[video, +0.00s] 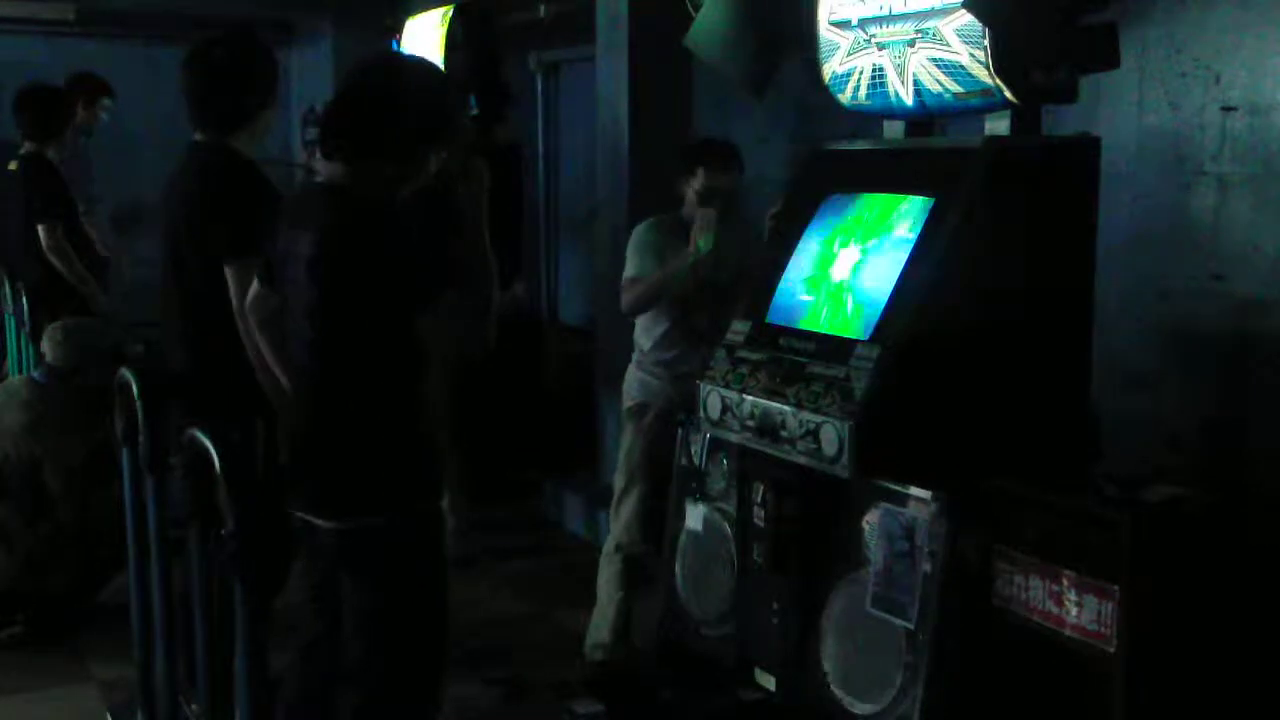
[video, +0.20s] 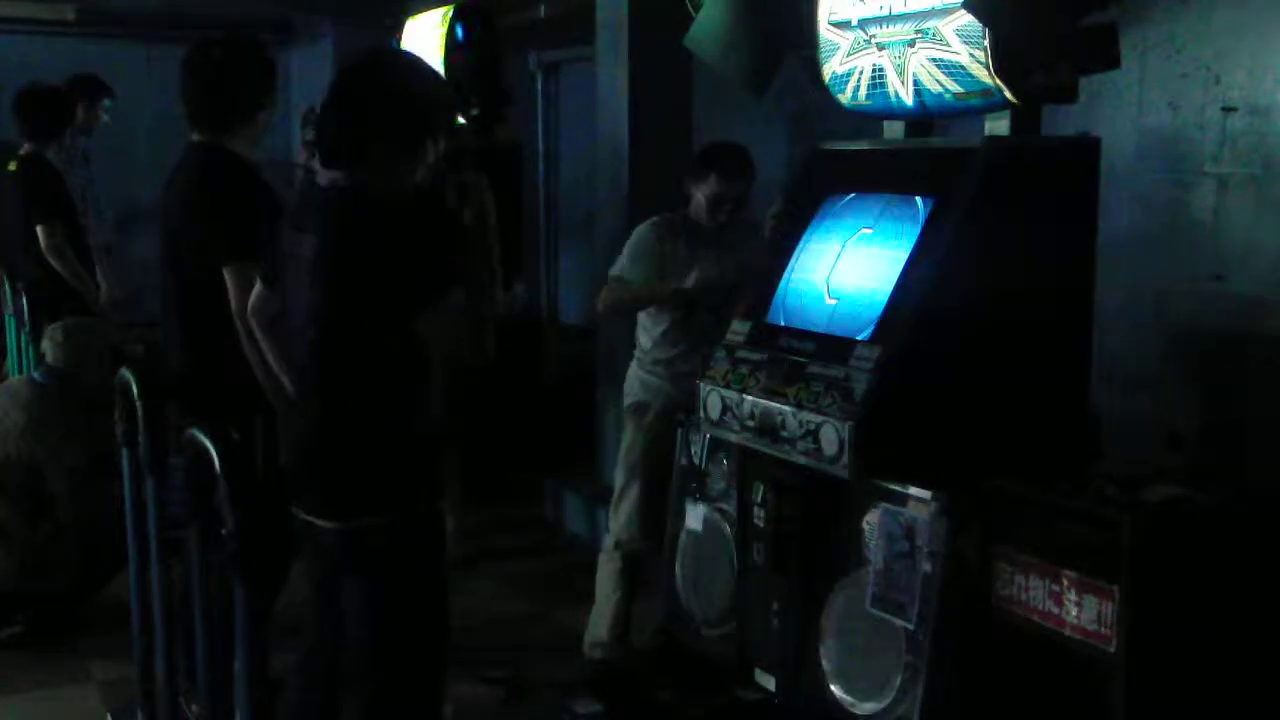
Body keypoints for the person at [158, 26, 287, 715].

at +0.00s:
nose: (277, 104)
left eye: (274, 91)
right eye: (271, 91)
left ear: (195, 97)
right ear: (261, 99)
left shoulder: (188, 172)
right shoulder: (241, 179)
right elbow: (248, 303)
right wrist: (288, 389)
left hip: (197, 380)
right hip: (238, 391)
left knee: (209, 532)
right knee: (254, 538)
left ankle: (206, 675)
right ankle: (245, 679)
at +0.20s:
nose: (275, 109)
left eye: (273, 96)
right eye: (270, 97)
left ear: (193, 100)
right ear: (258, 105)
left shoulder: (187, 173)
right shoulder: (236, 180)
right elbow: (246, 303)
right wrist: (289, 391)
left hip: (195, 382)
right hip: (235, 393)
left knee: (209, 534)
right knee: (254, 540)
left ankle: (204, 675)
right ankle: (241, 679)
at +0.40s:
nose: (276, 108)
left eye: (275, 93)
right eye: (270, 94)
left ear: (196, 99)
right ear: (249, 103)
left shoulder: (189, 171)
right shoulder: (234, 178)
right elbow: (243, 303)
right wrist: (289, 392)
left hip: (195, 381)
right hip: (233, 391)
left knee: (209, 534)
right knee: (253, 540)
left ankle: (204, 676)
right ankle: (241, 680)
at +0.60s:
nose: (278, 109)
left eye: (278, 95)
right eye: (272, 95)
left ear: (201, 99)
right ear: (247, 102)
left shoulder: (191, 170)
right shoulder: (233, 177)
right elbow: (242, 304)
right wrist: (287, 395)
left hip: (195, 382)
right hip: (231, 393)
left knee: (211, 537)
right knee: (252, 543)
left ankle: (205, 677)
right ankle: (241, 681)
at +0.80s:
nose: (285, 109)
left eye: (283, 94)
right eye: (278, 95)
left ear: (209, 100)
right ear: (252, 102)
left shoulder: (199, 170)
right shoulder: (237, 175)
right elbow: (241, 302)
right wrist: (289, 396)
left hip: (200, 382)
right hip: (234, 394)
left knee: (214, 539)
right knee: (251, 546)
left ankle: (212, 681)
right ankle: (243, 684)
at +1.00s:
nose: (292, 111)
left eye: (291, 96)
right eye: (285, 96)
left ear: (219, 100)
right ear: (256, 101)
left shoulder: (204, 167)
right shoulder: (243, 173)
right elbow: (239, 301)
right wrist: (282, 395)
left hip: (202, 383)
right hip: (234, 394)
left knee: (217, 538)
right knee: (252, 544)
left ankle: (216, 683)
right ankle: (245, 686)